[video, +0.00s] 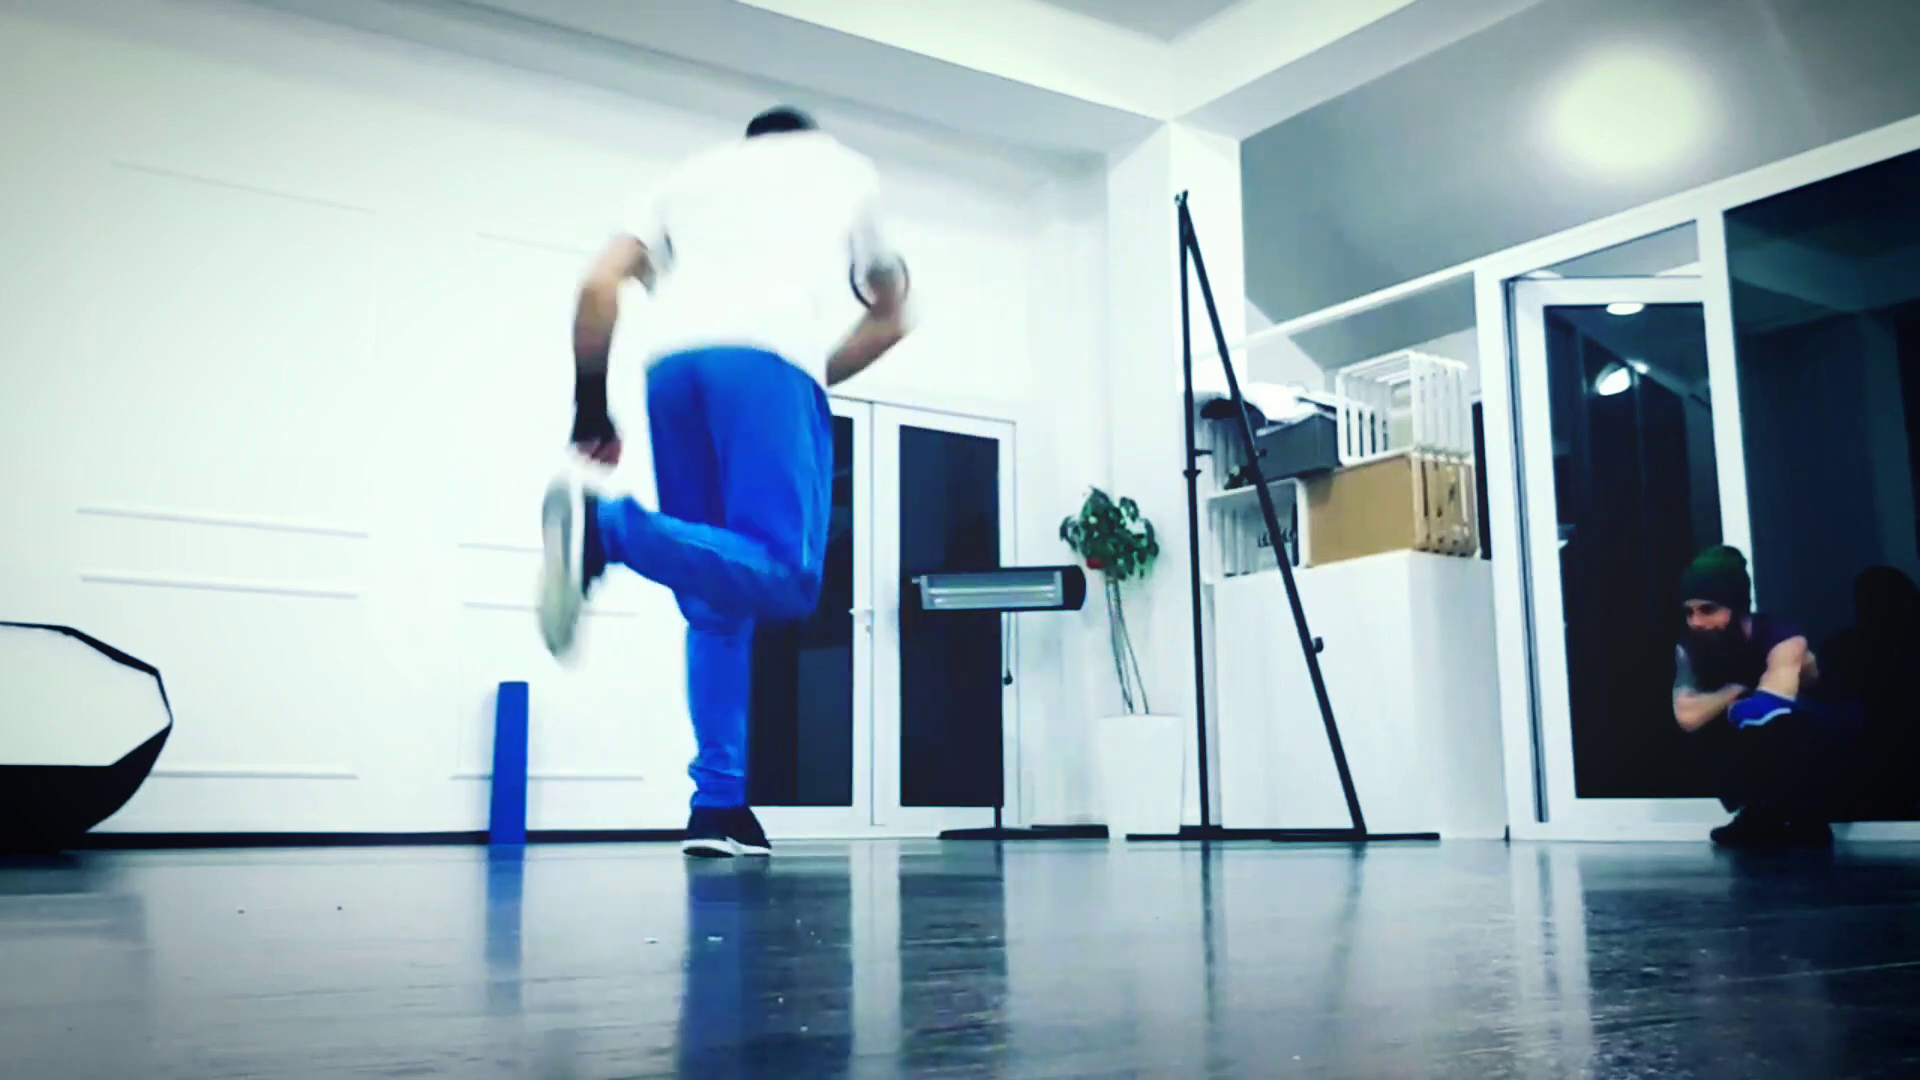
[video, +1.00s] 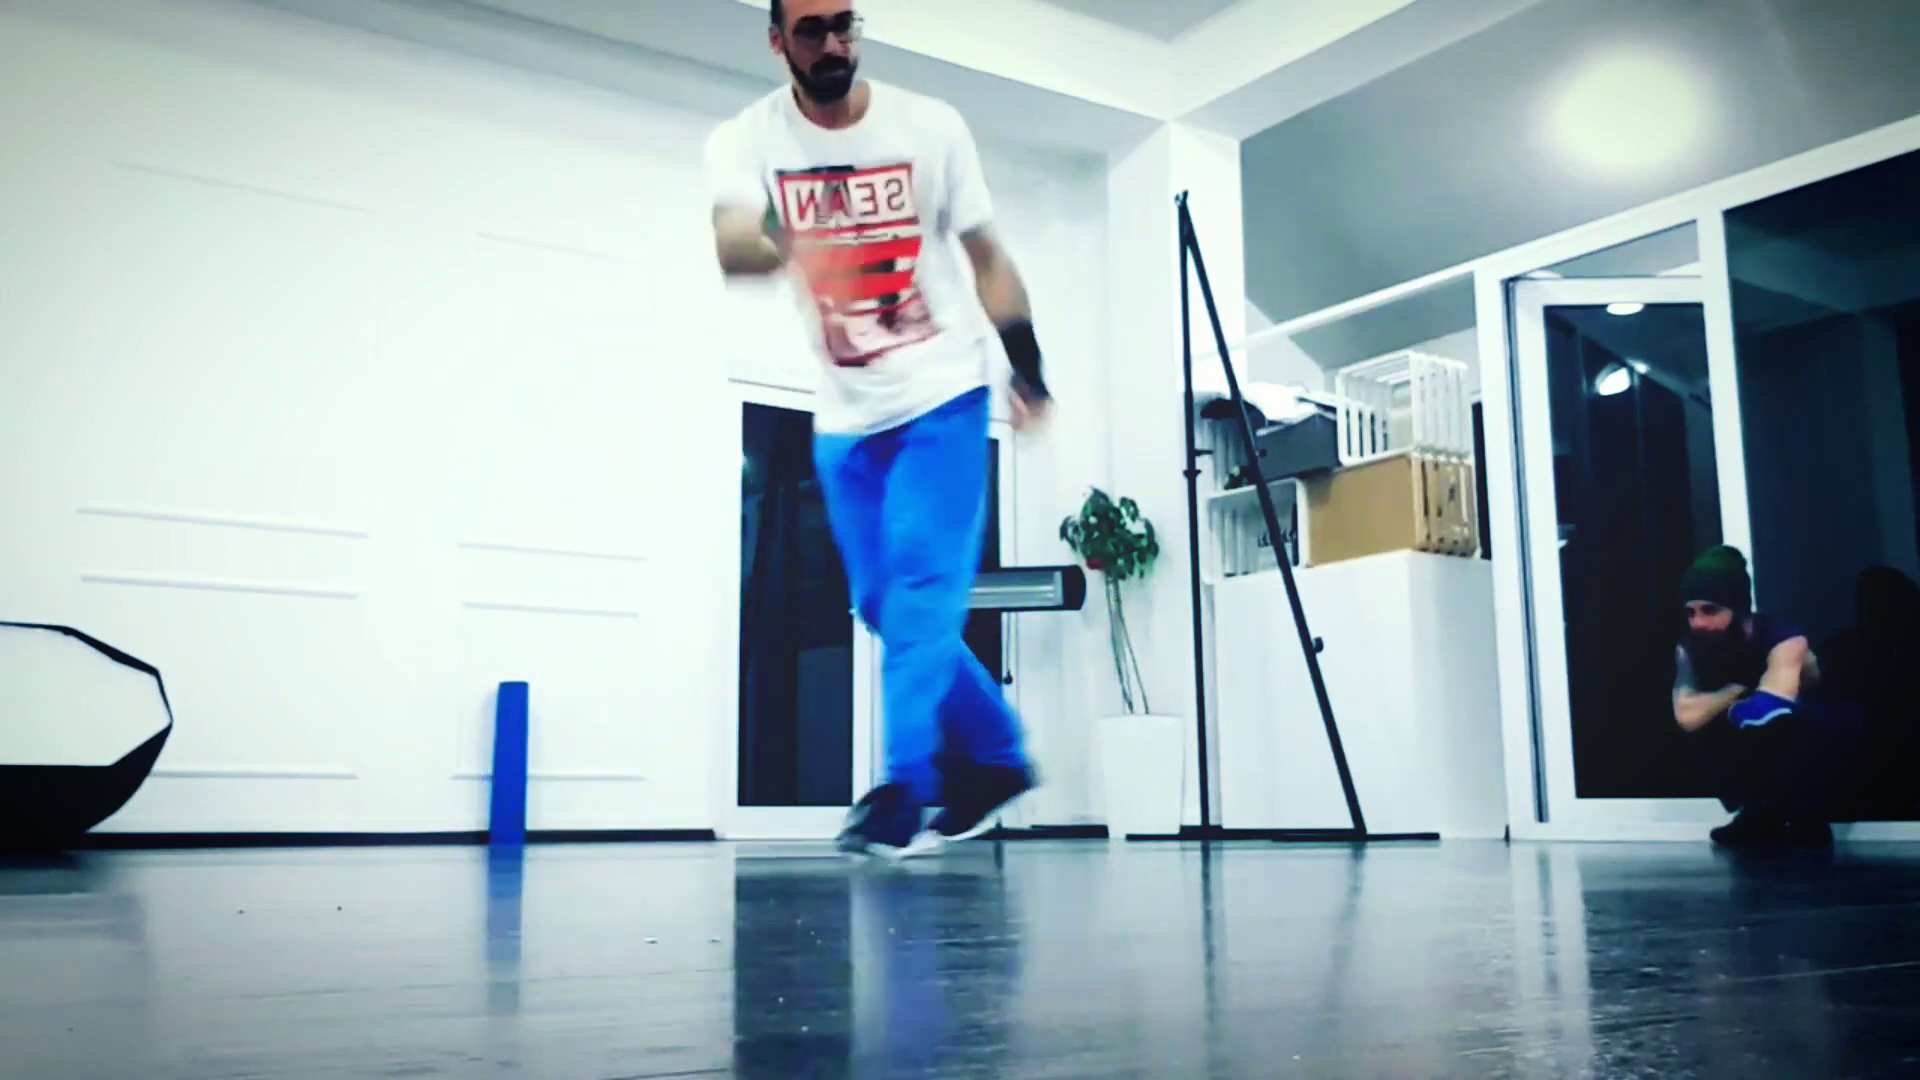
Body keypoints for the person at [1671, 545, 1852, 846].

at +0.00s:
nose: (1696, 623)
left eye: (1707, 611)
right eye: (1689, 612)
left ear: (1736, 608)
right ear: (1683, 613)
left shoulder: (1781, 638)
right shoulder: (1689, 651)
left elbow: (1775, 700)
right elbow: (1687, 716)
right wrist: (1730, 693)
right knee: (1710, 726)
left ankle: (1804, 820)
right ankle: (1756, 813)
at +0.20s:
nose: (1697, 623)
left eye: (1708, 611)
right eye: (1690, 612)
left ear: (1737, 608)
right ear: (1684, 612)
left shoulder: (1781, 638)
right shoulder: (1690, 652)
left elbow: (1775, 698)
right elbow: (1687, 716)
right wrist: (1730, 694)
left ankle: (1804, 820)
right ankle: (1757, 813)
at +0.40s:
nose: (1697, 625)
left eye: (1708, 613)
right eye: (1690, 614)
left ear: (1737, 609)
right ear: (1684, 614)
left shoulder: (1782, 638)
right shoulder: (1690, 651)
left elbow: (1772, 704)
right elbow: (1687, 716)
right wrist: (1730, 693)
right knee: (1708, 726)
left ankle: (1805, 821)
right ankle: (1756, 814)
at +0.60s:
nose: (1697, 623)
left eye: (1709, 611)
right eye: (1691, 612)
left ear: (1737, 608)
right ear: (1685, 612)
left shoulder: (1782, 638)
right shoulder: (1690, 652)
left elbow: (1774, 702)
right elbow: (1687, 716)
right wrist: (1732, 692)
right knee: (1708, 727)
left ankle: (1804, 821)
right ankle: (1756, 814)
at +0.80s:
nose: (1698, 624)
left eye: (1710, 612)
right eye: (1691, 613)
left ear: (1738, 608)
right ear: (1685, 613)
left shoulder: (1783, 639)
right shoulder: (1690, 652)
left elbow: (1773, 703)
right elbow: (1687, 716)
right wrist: (1732, 692)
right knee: (1708, 726)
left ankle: (1805, 821)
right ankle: (1756, 813)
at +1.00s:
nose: (1698, 623)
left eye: (1709, 611)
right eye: (1691, 612)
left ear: (1737, 609)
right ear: (1685, 612)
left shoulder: (1780, 639)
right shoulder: (1690, 651)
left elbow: (1776, 699)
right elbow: (1687, 716)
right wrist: (1734, 691)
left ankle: (1805, 820)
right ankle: (1756, 813)